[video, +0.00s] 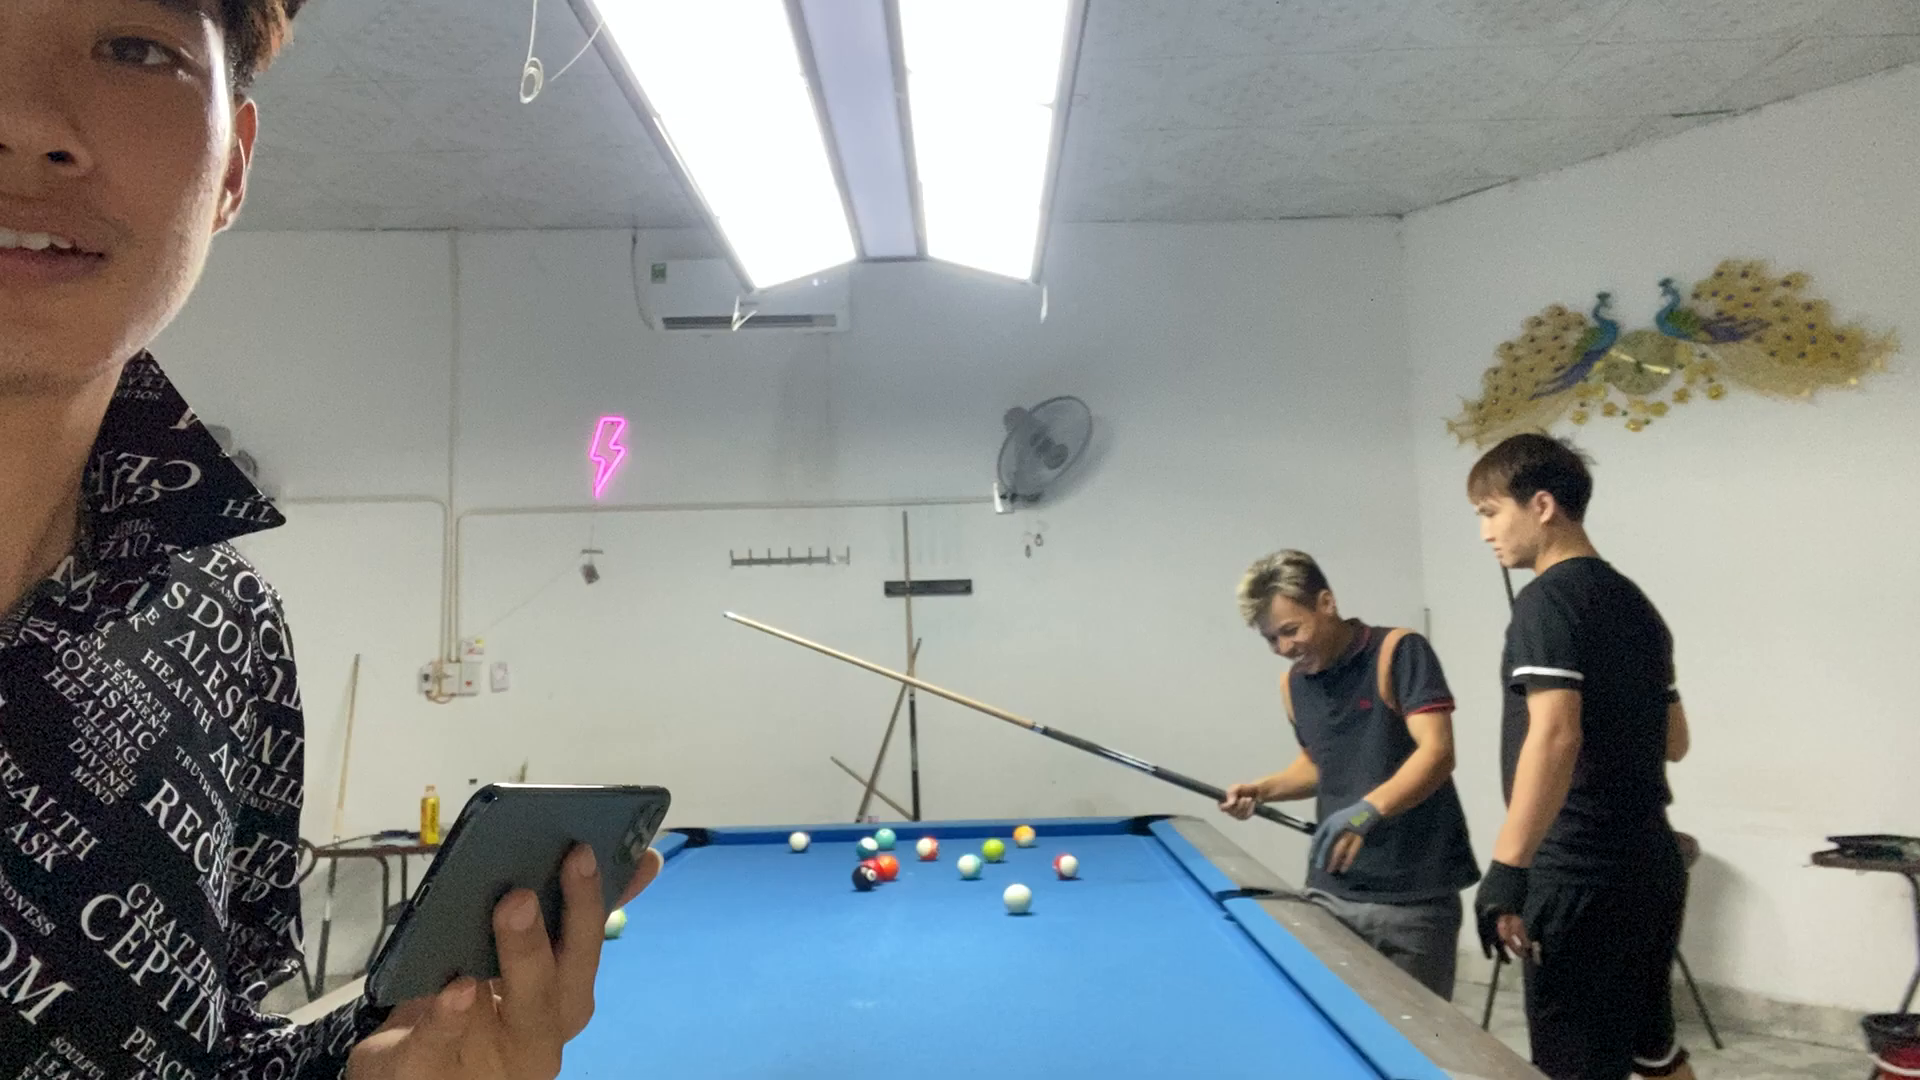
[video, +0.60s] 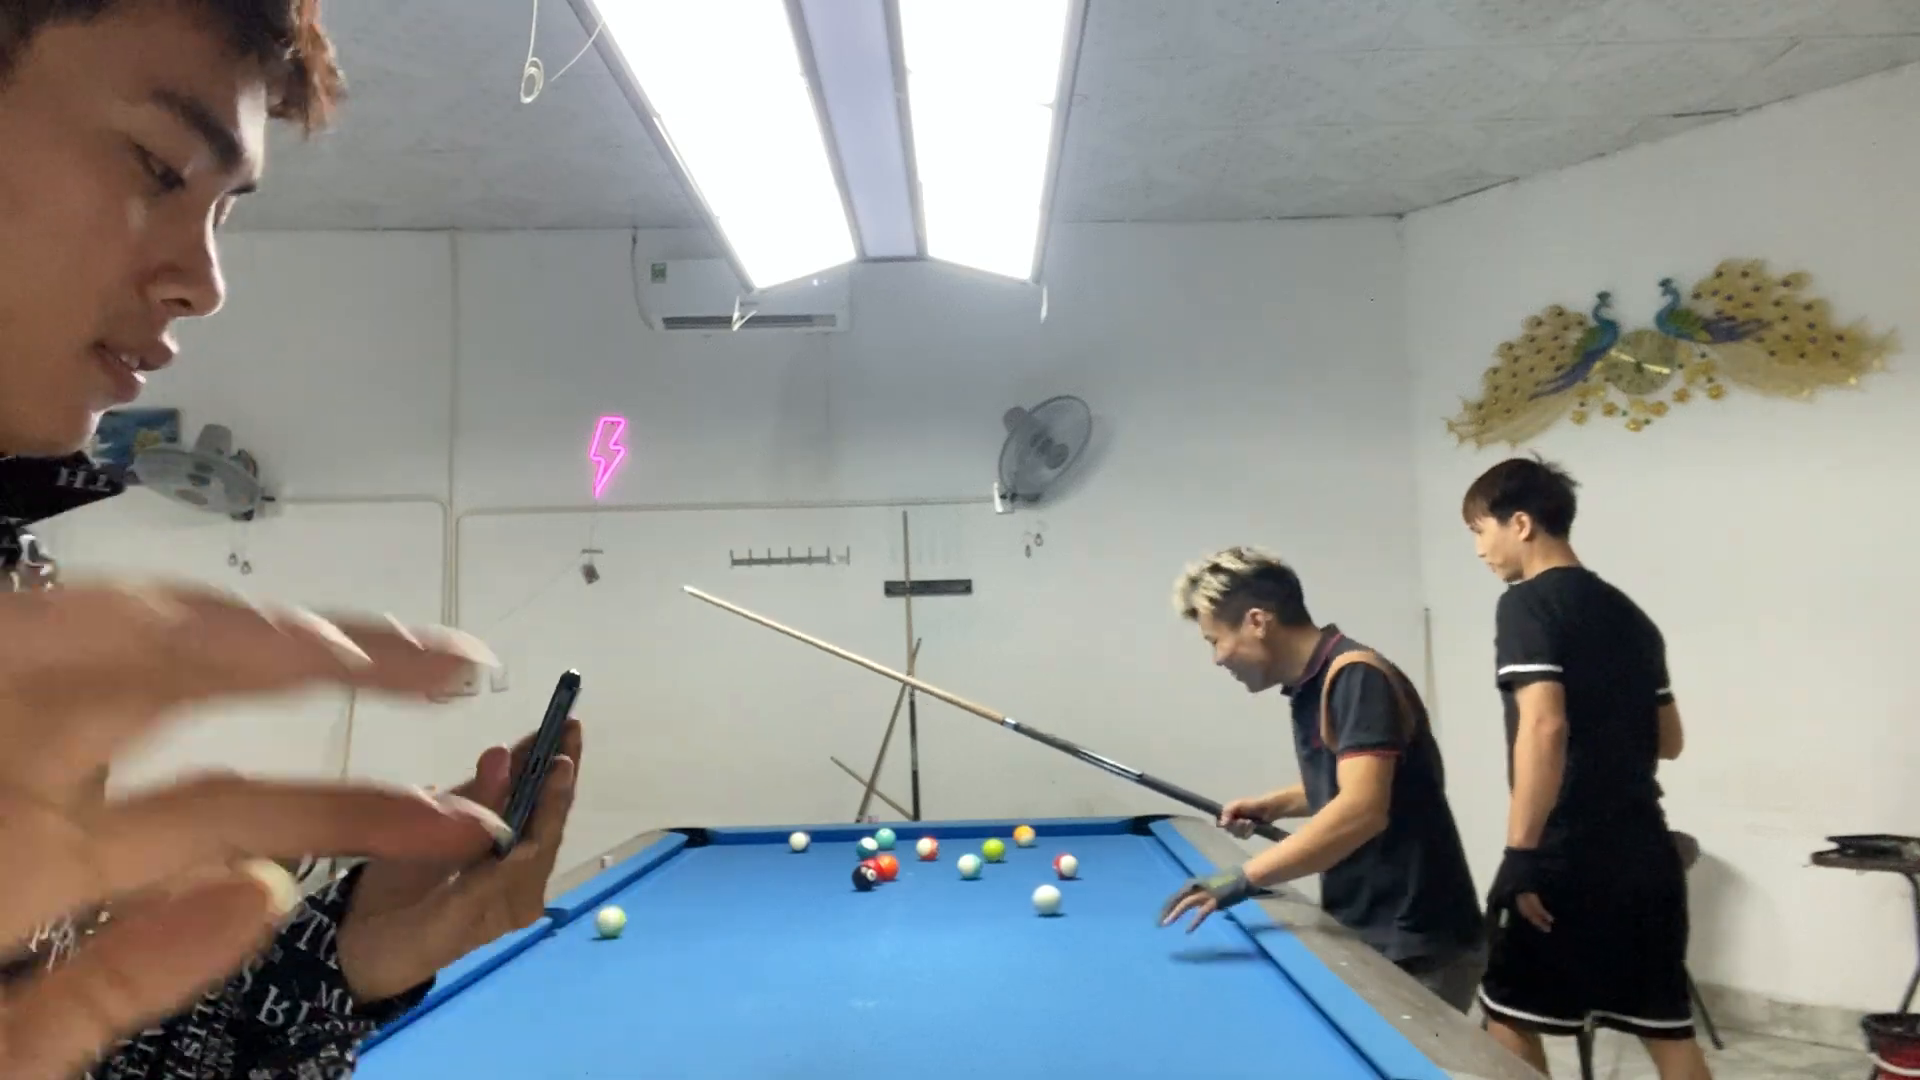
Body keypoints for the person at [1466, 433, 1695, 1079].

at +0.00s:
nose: (1483, 532)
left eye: (1490, 511)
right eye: (1480, 516)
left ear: (1543, 507)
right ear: (1545, 509)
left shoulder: (1547, 600)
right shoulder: (1636, 603)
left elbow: (1556, 739)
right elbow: (1673, 740)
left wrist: (1507, 869)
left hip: (1576, 880)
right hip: (1650, 869)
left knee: (1574, 1063)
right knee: (1654, 1051)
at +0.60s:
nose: (1478, 550)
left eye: (1480, 531)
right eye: (1474, 534)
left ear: (1521, 523)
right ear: (1545, 524)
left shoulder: (1527, 603)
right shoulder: (1633, 616)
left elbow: (1545, 727)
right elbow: (1668, 740)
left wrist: (1519, 856)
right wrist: (1580, 741)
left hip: (1565, 860)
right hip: (1646, 856)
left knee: (1508, 1026)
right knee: (1670, 1033)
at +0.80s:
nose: (1421, 568)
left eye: (1424, 550)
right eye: (1417, 552)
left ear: (1465, 545)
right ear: (1473, 544)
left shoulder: (1472, 625)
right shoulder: (1573, 624)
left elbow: (1491, 746)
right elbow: (1618, 740)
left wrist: (1472, 865)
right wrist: (1531, 735)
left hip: (1514, 867)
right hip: (1589, 858)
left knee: (1454, 1028)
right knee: (1631, 1031)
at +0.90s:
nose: (1388, 573)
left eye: (1391, 555)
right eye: (1384, 557)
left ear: (1434, 550)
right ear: (1441, 550)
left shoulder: (1439, 634)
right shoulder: (1532, 625)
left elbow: (1461, 750)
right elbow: (1579, 737)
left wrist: (1489, 799)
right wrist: (1500, 740)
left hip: (1477, 861)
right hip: (1545, 851)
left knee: (1451, 1020)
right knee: (1587, 1018)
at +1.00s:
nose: (1357, 569)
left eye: (1361, 552)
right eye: (1353, 555)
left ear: (1404, 544)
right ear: (1410, 545)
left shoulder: (1402, 633)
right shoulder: (1496, 618)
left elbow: (1396, 745)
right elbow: (1540, 725)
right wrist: (1447, 724)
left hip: (1442, 852)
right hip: (1509, 844)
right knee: (1534, 1005)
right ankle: (1584, 1073)